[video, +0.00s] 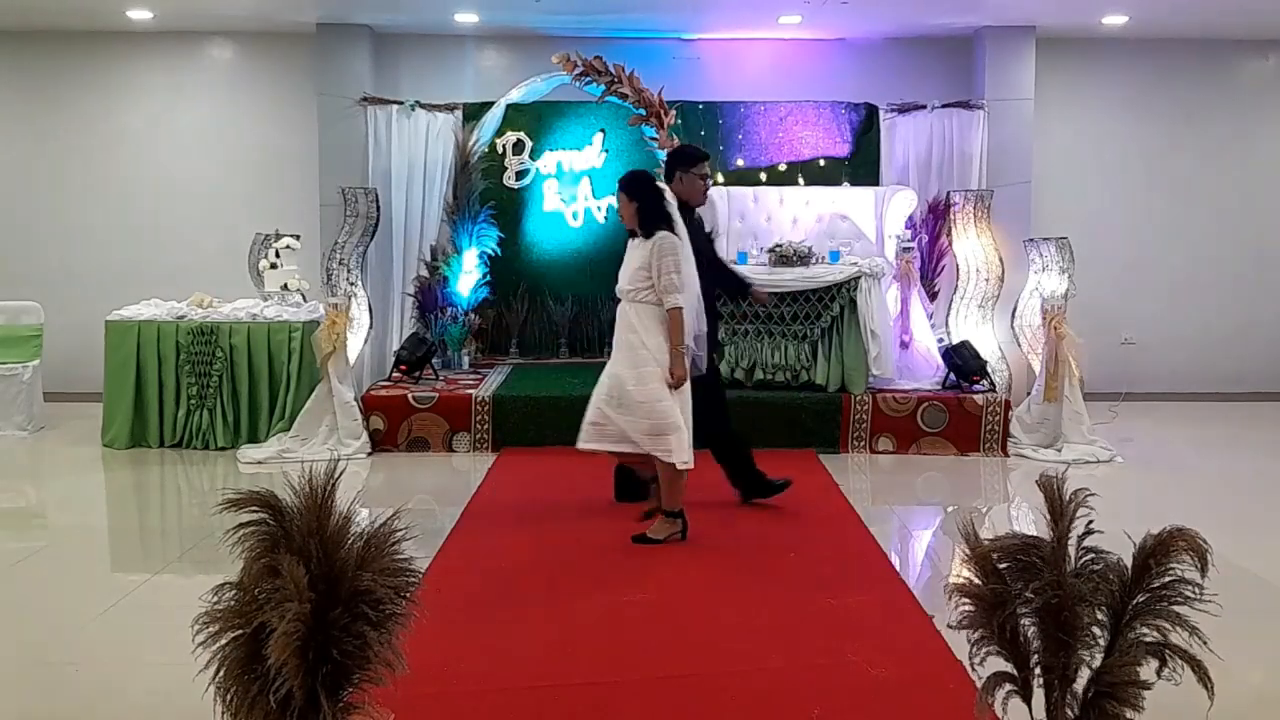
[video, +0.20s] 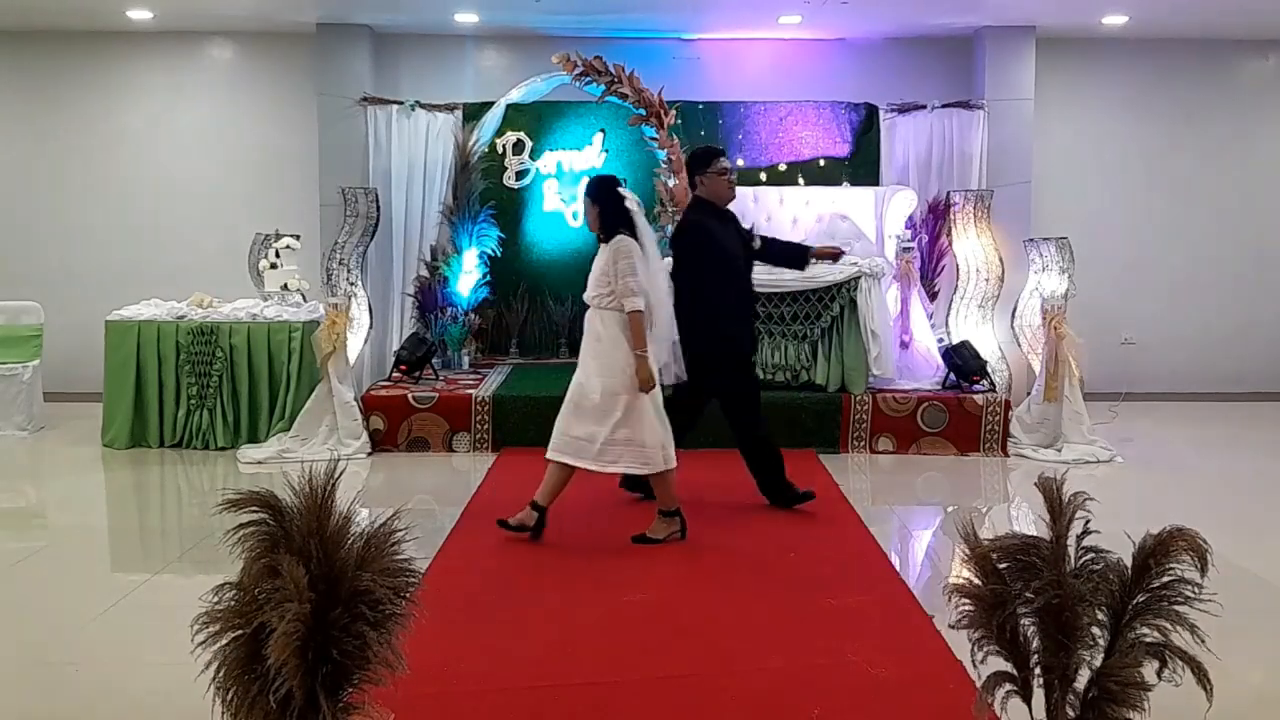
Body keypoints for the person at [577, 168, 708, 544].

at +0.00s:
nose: (619, 209)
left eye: (623, 202)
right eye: (619, 202)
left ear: (640, 203)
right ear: (638, 203)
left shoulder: (664, 242)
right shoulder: (639, 242)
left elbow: (673, 302)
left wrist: (678, 356)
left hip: (654, 353)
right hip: (632, 353)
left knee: (666, 432)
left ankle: (672, 517)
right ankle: (661, 489)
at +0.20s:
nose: (583, 214)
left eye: (586, 206)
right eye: (584, 206)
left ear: (600, 208)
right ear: (609, 206)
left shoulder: (622, 245)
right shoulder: (610, 247)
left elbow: (634, 304)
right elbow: (620, 306)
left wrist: (641, 358)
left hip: (621, 359)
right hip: (601, 359)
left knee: (647, 434)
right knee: (572, 430)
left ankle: (670, 516)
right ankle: (535, 510)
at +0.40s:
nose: (547, 205)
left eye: (550, 198)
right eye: (555, 197)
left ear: (556, 203)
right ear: (582, 202)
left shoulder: (565, 242)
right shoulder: (581, 242)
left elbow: (572, 303)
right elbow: (578, 303)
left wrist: (574, 357)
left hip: (570, 354)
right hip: (567, 354)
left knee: (603, 431)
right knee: (543, 434)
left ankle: (647, 507)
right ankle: (518, 517)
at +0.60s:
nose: (513, 198)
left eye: (516, 193)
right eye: (517, 191)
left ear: (520, 197)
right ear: (550, 198)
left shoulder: (509, 237)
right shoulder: (568, 244)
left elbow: (504, 297)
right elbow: (575, 304)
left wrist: (494, 345)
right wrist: (573, 353)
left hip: (520, 346)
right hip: (553, 347)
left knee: (516, 427)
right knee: (529, 429)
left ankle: (559, 492)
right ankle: (517, 517)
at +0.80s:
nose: (528, 200)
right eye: (526, 195)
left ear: (485, 200)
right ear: (523, 201)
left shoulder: (466, 242)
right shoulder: (538, 246)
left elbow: (456, 301)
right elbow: (550, 307)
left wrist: (445, 346)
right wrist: (556, 358)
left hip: (473, 351)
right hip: (521, 354)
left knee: (448, 430)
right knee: (516, 435)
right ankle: (516, 520)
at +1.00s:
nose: (505, 202)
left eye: (503, 196)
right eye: (500, 197)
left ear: (463, 203)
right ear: (486, 203)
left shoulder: (436, 245)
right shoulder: (502, 248)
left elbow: (422, 304)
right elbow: (508, 312)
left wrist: (416, 343)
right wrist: (520, 363)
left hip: (439, 356)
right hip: (487, 359)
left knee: (414, 428)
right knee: (502, 434)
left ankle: (393, 509)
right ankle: (504, 520)